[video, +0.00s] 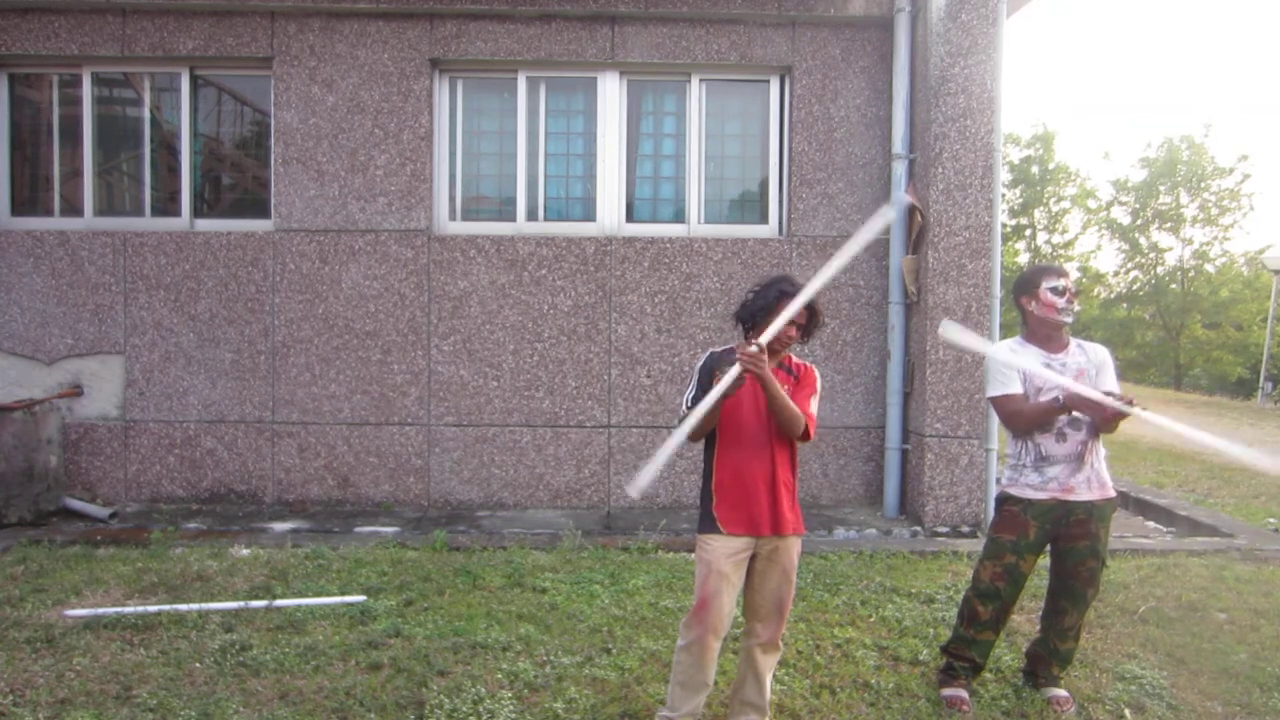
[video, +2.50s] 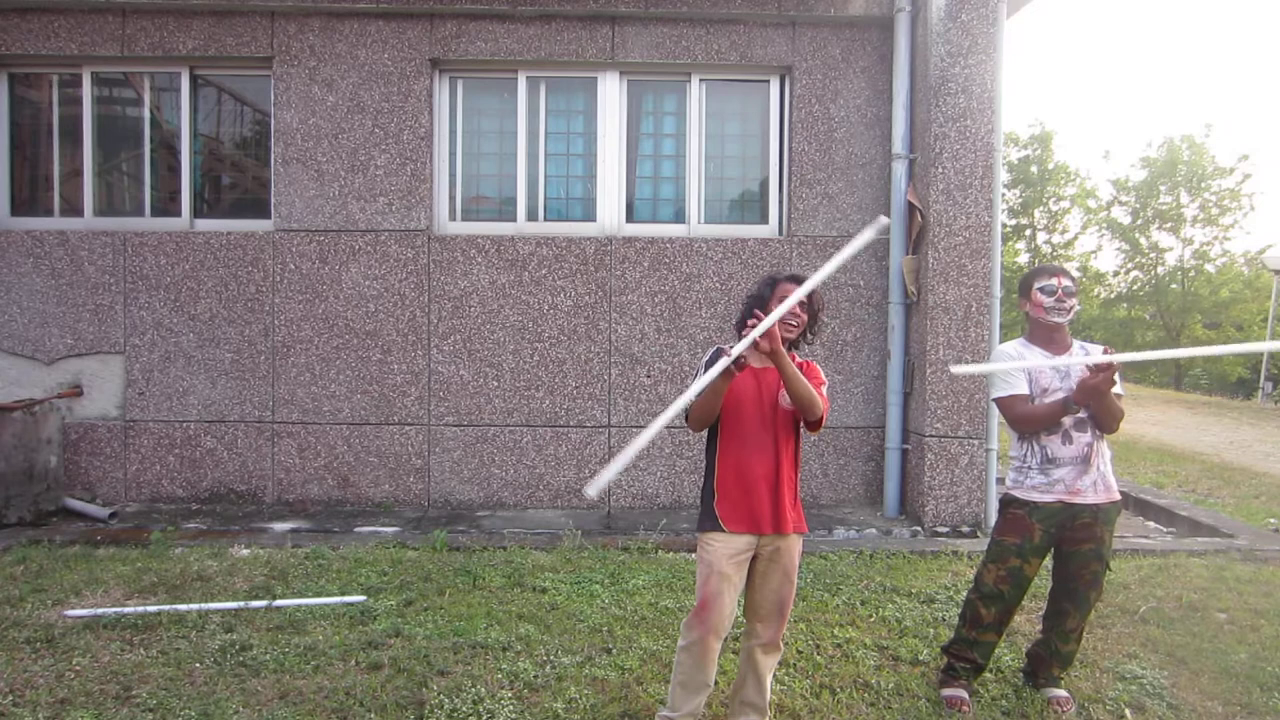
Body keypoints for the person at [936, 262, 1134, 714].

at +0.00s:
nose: (1069, 299)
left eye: (1071, 293)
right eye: (1057, 291)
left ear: (1073, 304)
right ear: (1027, 301)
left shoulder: (1096, 356)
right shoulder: (1005, 355)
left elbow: (1105, 424)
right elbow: (1017, 421)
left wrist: (1116, 407)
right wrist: (1065, 401)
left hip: (1088, 497)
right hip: (1027, 496)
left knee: (1075, 595)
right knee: (993, 585)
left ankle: (1045, 672)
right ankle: (957, 674)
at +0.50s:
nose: (1071, 300)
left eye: (1074, 293)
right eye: (1059, 291)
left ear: (1076, 304)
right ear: (1029, 300)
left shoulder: (1094, 356)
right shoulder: (1006, 355)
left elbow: (1110, 420)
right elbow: (1018, 421)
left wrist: (1103, 421)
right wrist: (1071, 396)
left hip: (1089, 497)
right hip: (1028, 496)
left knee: (1076, 594)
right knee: (994, 585)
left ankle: (1045, 671)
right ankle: (957, 674)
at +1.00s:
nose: (1071, 298)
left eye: (1073, 292)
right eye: (1058, 291)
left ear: (1076, 304)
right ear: (1028, 302)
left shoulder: (1096, 355)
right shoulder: (1005, 355)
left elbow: (1109, 422)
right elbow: (1015, 420)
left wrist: (1091, 403)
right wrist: (1062, 390)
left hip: (1087, 497)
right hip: (1027, 496)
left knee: (1077, 592)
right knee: (994, 585)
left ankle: (1045, 670)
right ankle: (957, 674)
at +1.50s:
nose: (1068, 299)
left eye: (1072, 293)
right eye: (1056, 291)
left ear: (1075, 304)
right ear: (1026, 302)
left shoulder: (1094, 355)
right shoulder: (1004, 356)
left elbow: (1108, 425)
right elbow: (1014, 422)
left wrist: (1104, 396)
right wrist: (1066, 398)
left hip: (1088, 496)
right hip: (1028, 494)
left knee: (1076, 593)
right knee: (994, 585)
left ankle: (1045, 670)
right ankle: (957, 674)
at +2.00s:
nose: (1058, 299)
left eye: (1067, 293)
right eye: (1046, 291)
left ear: (1076, 304)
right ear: (1023, 303)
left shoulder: (1094, 357)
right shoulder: (1006, 356)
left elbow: (1111, 421)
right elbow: (1016, 422)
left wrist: (1098, 375)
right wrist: (1068, 394)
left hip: (1089, 497)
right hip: (1029, 496)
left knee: (1077, 595)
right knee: (994, 586)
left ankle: (1045, 672)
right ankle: (957, 674)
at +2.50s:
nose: (1060, 298)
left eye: (1068, 292)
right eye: (1048, 291)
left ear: (1077, 304)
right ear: (1025, 304)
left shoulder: (1095, 355)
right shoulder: (1008, 355)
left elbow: (1112, 423)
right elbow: (1021, 420)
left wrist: (1099, 393)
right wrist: (1078, 399)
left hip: (1094, 499)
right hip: (1032, 496)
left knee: (1078, 597)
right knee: (997, 586)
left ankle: (1045, 673)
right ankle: (958, 673)